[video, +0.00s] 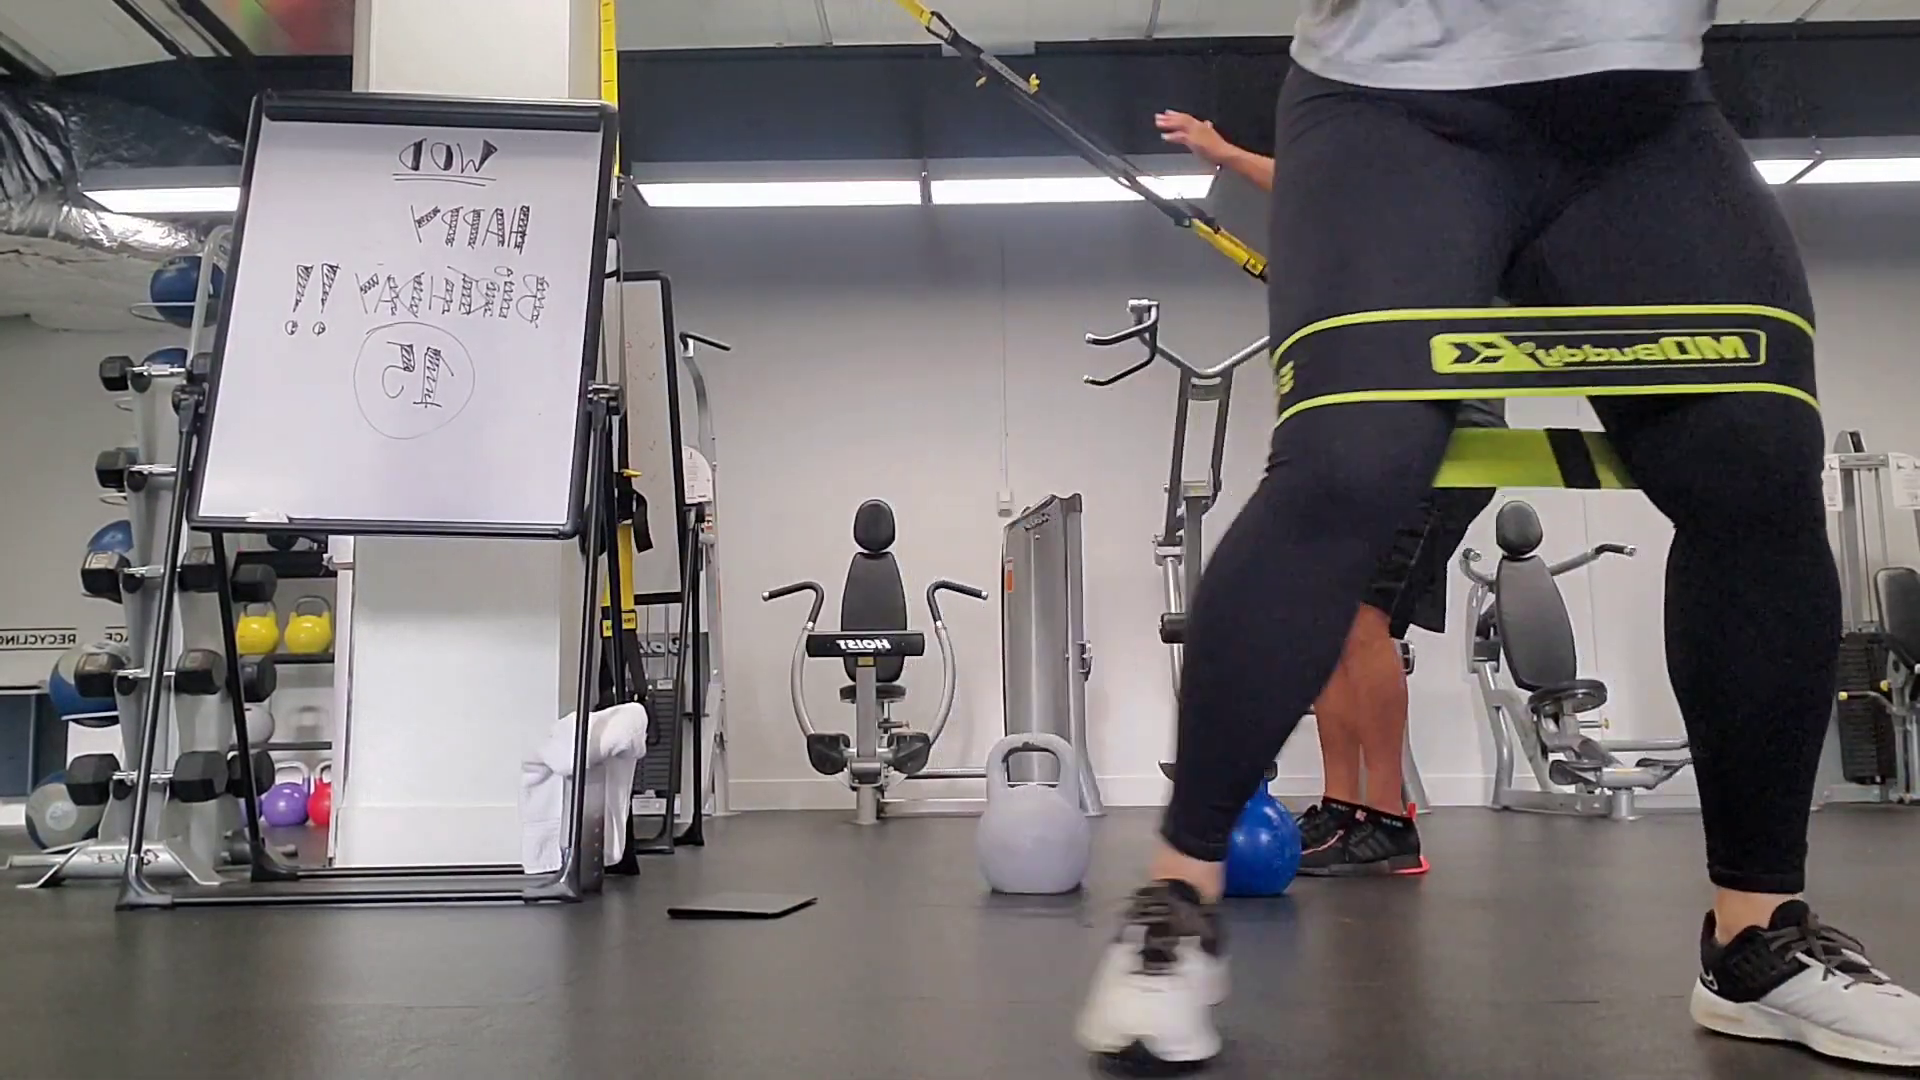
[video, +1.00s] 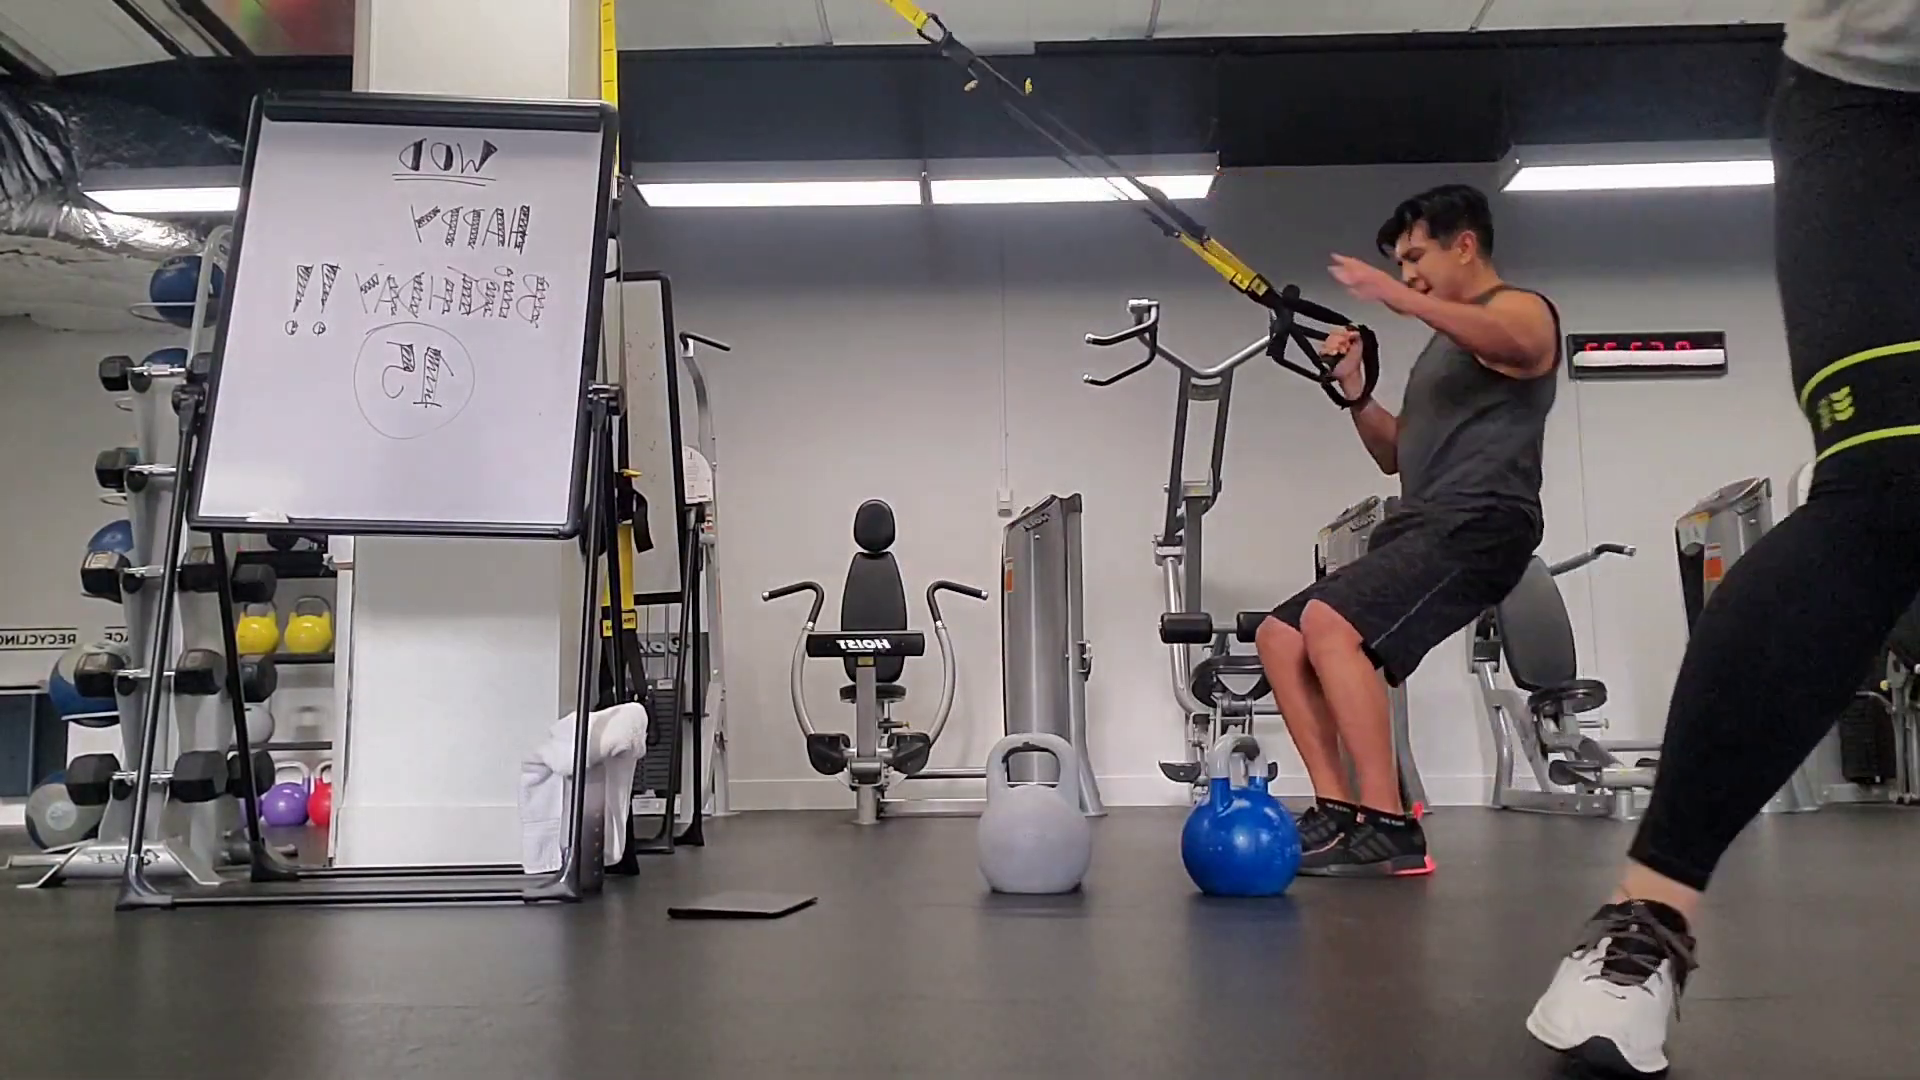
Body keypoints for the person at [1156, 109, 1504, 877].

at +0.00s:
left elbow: (1325, 186)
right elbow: (1320, 188)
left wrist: (1224, 152)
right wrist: (1227, 153)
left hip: (1440, 433)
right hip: (1369, 429)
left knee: (1361, 613)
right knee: (1326, 607)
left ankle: (1390, 819)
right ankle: (1339, 808)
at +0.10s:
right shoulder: (1384, 203)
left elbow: (1287, 174)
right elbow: (1289, 174)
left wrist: (1176, 133)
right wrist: (1177, 132)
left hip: (1431, 454)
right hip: (1382, 447)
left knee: (1358, 622)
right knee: (1339, 623)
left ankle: (1366, 815)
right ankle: (1344, 807)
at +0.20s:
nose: (1314, 181)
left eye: (1324, 169)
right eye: (1318, 170)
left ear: (1358, 163)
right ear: (1363, 166)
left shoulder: (1391, 202)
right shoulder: (1374, 215)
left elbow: (1248, 175)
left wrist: (1136, 135)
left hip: (1396, 426)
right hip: (1364, 430)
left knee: (1388, 623)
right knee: (1347, 627)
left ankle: (1390, 820)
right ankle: (1345, 808)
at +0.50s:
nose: (1296, 204)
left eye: (1302, 187)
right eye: (1295, 191)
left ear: (1342, 169)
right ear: (1357, 173)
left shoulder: (1349, 204)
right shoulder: (1425, 246)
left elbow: (1215, 192)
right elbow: (1460, 379)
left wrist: (1104, 171)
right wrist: (1361, 338)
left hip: (1373, 426)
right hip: (1385, 429)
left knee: (1381, 627)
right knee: (1345, 628)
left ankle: (1389, 821)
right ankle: (1346, 809)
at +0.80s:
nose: (1345, 213)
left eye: (1351, 199)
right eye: (1341, 202)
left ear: (1387, 182)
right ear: (1386, 189)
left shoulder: (1436, 229)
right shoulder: (1400, 261)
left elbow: (1325, 211)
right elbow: (1417, 371)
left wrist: (1211, 177)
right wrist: (1357, 356)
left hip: (1424, 445)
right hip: (1380, 453)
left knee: (1343, 615)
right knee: (1302, 626)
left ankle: (1389, 823)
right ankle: (1343, 813)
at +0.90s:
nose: (1372, 242)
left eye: (1375, 225)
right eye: (1366, 232)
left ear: (1423, 207)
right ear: (1412, 221)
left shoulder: (1479, 266)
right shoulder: (1420, 313)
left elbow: (1401, 260)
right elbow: (1400, 425)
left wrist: (1282, 217)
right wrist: (1358, 376)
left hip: (1453, 478)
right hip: (1400, 485)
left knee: (1332, 619)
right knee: (1287, 632)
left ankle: (1388, 822)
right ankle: (1340, 812)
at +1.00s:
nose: (1408, 277)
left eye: (1416, 257)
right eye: (1401, 264)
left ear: (1466, 244)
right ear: (1459, 254)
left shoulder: (1522, 306)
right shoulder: (1444, 348)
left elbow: (1523, 345)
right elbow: (1401, 456)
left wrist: (1405, 296)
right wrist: (1359, 398)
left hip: (1482, 522)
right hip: (1422, 526)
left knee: (1329, 621)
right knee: (1279, 635)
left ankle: (1389, 824)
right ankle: (1339, 813)